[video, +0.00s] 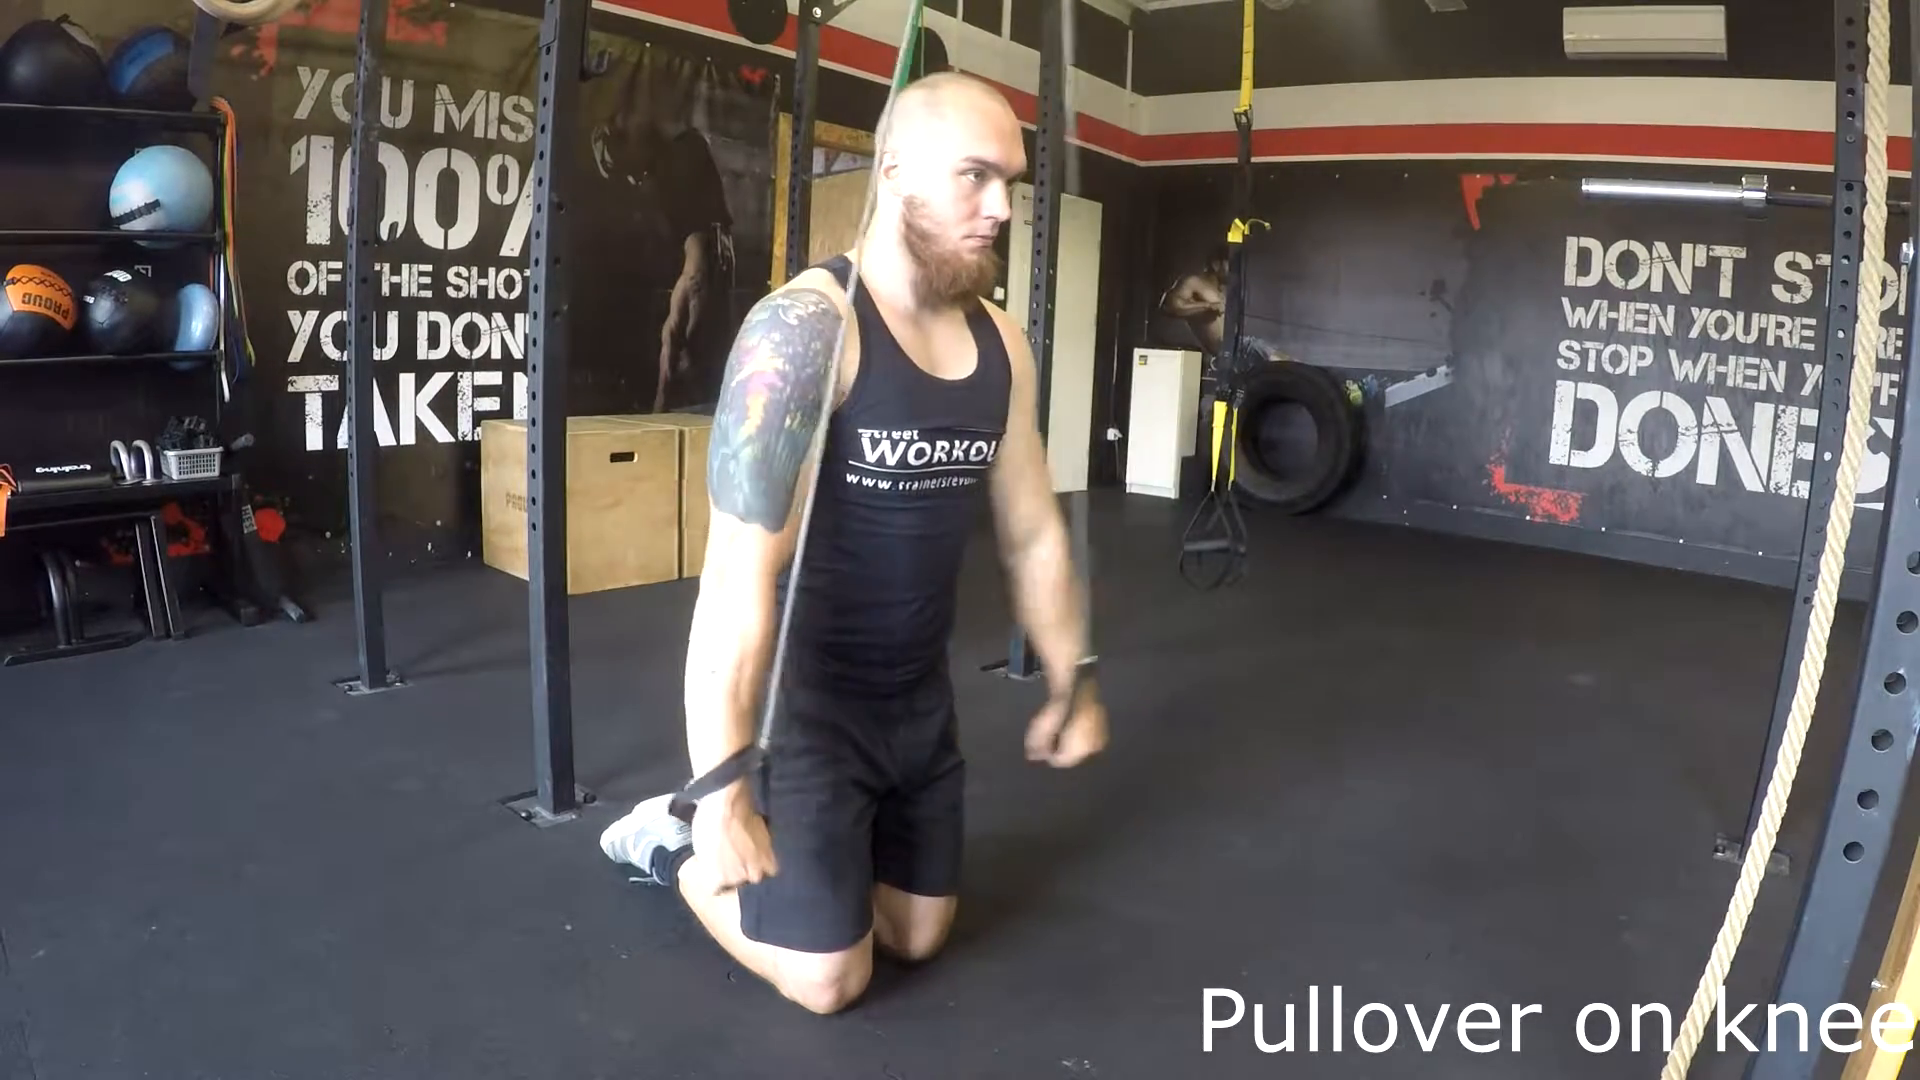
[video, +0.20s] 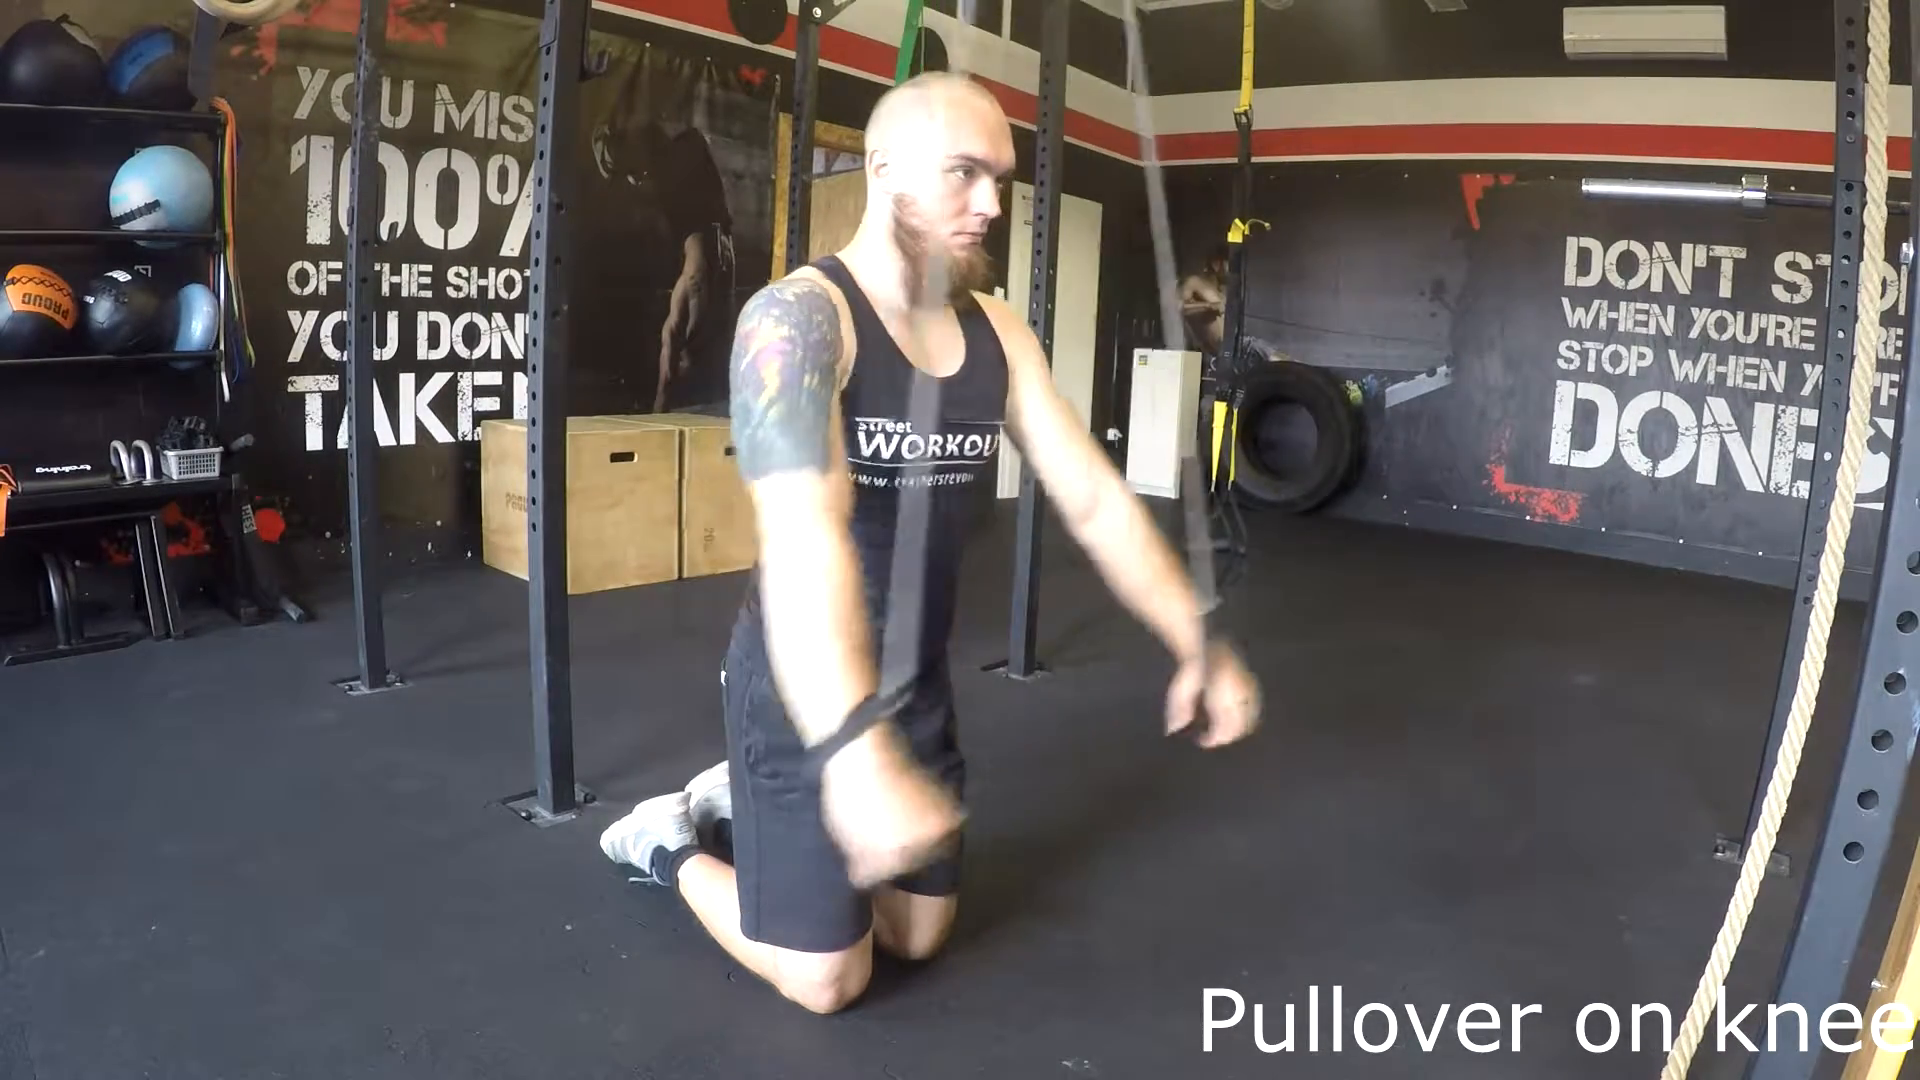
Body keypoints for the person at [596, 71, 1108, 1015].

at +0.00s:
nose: (1002, 208)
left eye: (1012, 182)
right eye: (976, 176)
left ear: (1015, 190)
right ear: (896, 176)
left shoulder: (999, 340)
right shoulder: (801, 331)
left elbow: (1032, 529)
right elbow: (738, 572)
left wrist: (1070, 675)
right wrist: (720, 786)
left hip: (920, 697)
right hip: (804, 703)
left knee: (918, 931)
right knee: (825, 980)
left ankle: (766, 837)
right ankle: (684, 845)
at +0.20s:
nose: (990, 204)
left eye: (1000, 178)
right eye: (964, 172)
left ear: (1005, 187)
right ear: (886, 177)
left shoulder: (996, 330)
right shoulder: (796, 320)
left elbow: (1093, 496)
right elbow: (802, 545)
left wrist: (1196, 640)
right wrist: (858, 751)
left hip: (917, 674)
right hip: (802, 683)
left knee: (918, 931)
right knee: (824, 979)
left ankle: (746, 806)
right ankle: (669, 853)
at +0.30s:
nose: (985, 203)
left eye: (993, 178)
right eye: (959, 173)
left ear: (999, 184)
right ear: (880, 176)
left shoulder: (990, 322)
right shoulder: (796, 310)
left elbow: (1119, 463)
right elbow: (868, 504)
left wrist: (1253, 590)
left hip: (927, 680)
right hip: (804, 683)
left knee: (914, 932)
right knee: (823, 977)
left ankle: (741, 815)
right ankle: (672, 854)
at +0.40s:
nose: (979, 203)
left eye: (992, 182)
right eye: (955, 173)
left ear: (994, 191)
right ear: (873, 170)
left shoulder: (981, 313)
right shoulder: (794, 302)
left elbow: (1125, 418)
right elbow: (934, 440)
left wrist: (1304, 523)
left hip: (915, 687)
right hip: (799, 689)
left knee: (915, 928)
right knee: (822, 980)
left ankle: (744, 807)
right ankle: (677, 854)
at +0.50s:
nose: (978, 206)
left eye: (990, 183)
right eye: (951, 177)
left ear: (992, 188)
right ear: (867, 173)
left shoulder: (984, 303)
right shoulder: (791, 294)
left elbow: (1123, 376)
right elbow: (949, 369)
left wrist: (1334, 453)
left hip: (916, 683)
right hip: (797, 686)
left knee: (916, 931)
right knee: (822, 978)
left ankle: (759, 807)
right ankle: (672, 852)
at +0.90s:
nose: (984, 214)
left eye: (995, 188)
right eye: (958, 183)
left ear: (995, 192)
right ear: (874, 178)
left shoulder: (985, 310)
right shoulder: (791, 305)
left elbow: (1129, 370)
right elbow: (956, 379)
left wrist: (1331, 438)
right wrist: (1188, 418)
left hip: (913, 685)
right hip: (796, 687)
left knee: (916, 931)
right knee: (820, 978)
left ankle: (751, 808)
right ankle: (672, 852)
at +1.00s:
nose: (982, 215)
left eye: (996, 188)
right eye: (958, 183)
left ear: (1003, 190)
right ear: (877, 179)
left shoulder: (983, 315)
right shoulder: (797, 312)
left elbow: (1136, 420)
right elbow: (952, 453)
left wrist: (1319, 525)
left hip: (914, 685)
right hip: (797, 687)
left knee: (915, 930)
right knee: (822, 981)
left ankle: (750, 807)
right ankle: (675, 852)